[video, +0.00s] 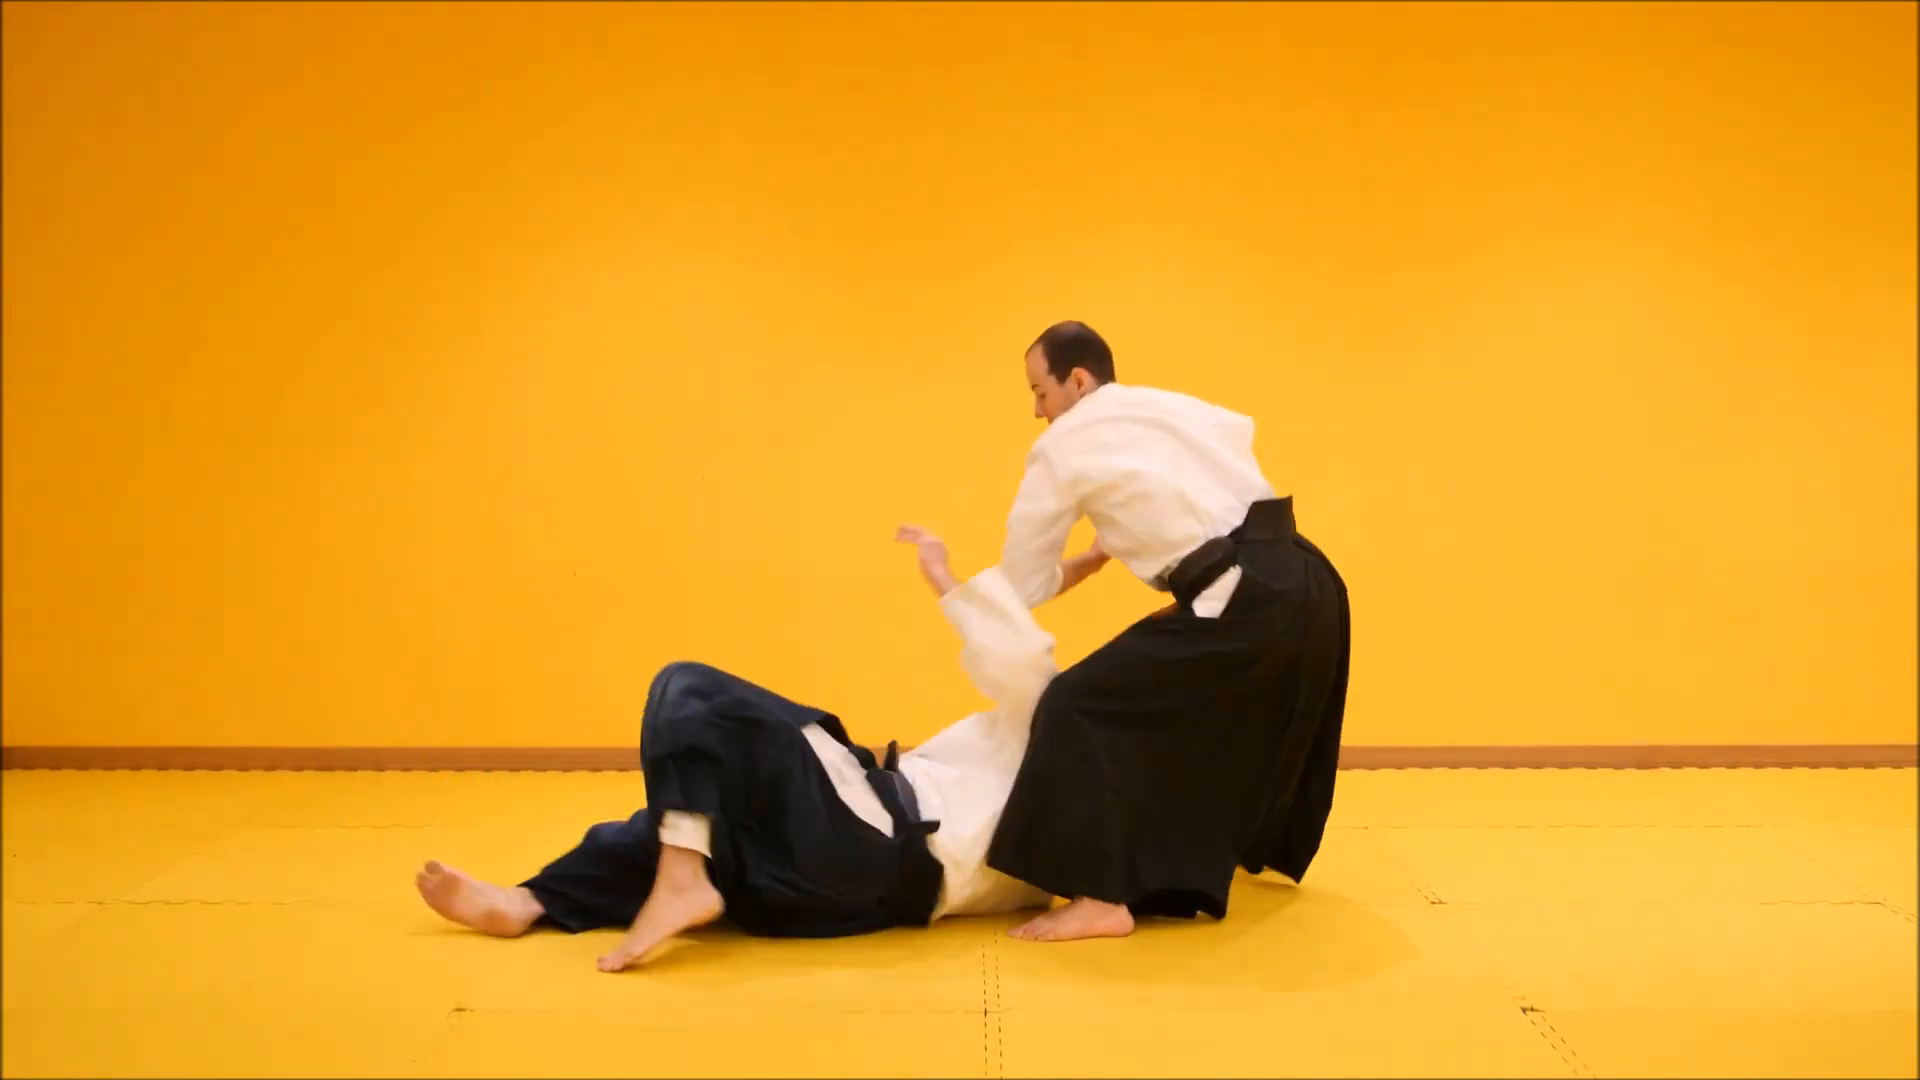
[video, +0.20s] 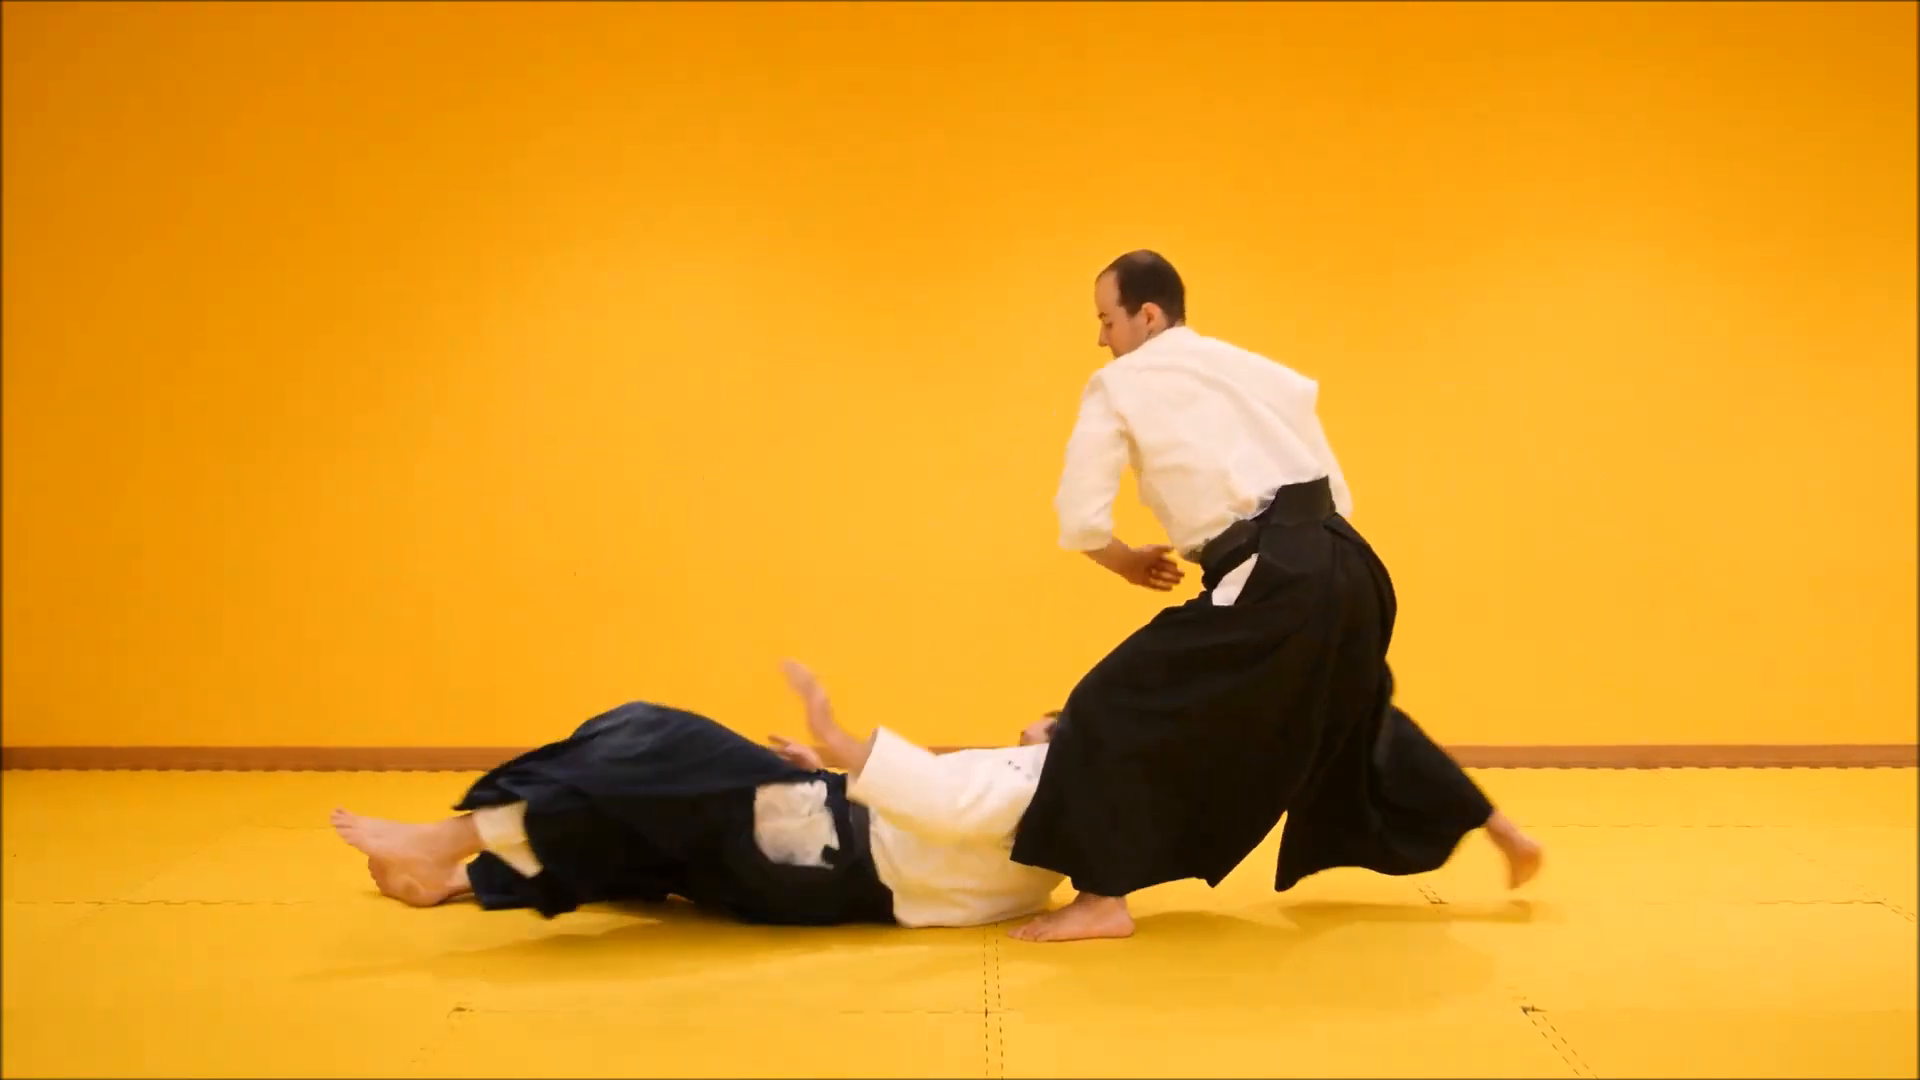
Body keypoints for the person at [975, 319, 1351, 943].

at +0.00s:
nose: (1036, 408)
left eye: (1040, 389)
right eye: (1033, 392)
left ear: (1079, 381)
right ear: (1092, 381)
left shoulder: (1065, 443)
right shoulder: (1168, 407)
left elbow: (1023, 581)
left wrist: (1097, 555)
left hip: (1243, 601)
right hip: (1312, 586)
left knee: (1073, 701)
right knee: (1181, 706)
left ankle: (1098, 898)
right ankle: (1180, 872)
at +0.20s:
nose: (1100, 338)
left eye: (1105, 319)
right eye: (1099, 321)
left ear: (1148, 313)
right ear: (1172, 313)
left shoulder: (1119, 381)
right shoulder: (1261, 370)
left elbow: (1081, 520)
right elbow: (1333, 493)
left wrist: (1126, 560)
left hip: (1268, 579)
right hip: (1354, 570)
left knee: (1100, 706)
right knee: (1358, 708)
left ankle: (1100, 898)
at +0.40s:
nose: (1233, 299)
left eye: (1239, 281)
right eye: (1232, 283)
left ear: (1282, 275)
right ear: (1305, 278)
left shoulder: (1269, 357)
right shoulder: (1395, 351)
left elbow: (1251, 486)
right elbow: (1437, 474)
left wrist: (1191, 573)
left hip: (1374, 573)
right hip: (1454, 562)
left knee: (1225, 712)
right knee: (1530, 728)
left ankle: (1124, 890)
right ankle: (1676, 886)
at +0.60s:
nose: (1341, 257)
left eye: (1349, 238)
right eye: (1338, 241)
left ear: (1397, 234)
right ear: (1410, 238)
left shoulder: (1384, 323)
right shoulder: (1500, 316)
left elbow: (1365, 465)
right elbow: (1541, 445)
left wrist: (1309, 573)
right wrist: (1515, 517)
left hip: (1472, 548)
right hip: (1553, 536)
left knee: (1333, 696)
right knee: (1599, 714)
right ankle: (1679, 898)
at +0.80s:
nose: (1387, 230)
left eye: (1397, 212)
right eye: (1385, 215)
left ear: (1446, 207)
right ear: (1456, 213)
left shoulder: (1431, 301)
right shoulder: (1543, 298)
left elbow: (1422, 450)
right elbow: (1570, 434)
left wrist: (1375, 565)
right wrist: (1554, 510)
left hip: (1503, 532)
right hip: (1581, 521)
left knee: (1377, 701)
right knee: (1615, 700)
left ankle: (1391, 896)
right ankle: (1691, 898)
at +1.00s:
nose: (1389, 233)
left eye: (1399, 214)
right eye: (1386, 216)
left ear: (1449, 211)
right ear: (1453, 217)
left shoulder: (1434, 306)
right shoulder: (1547, 302)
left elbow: (1422, 452)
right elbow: (1576, 436)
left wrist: (1366, 566)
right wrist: (1549, 508)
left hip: (1508, 535)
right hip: (1586, 523)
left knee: (1374, 698)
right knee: (1622, 701)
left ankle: (1372, 887)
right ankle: (1686, 898)